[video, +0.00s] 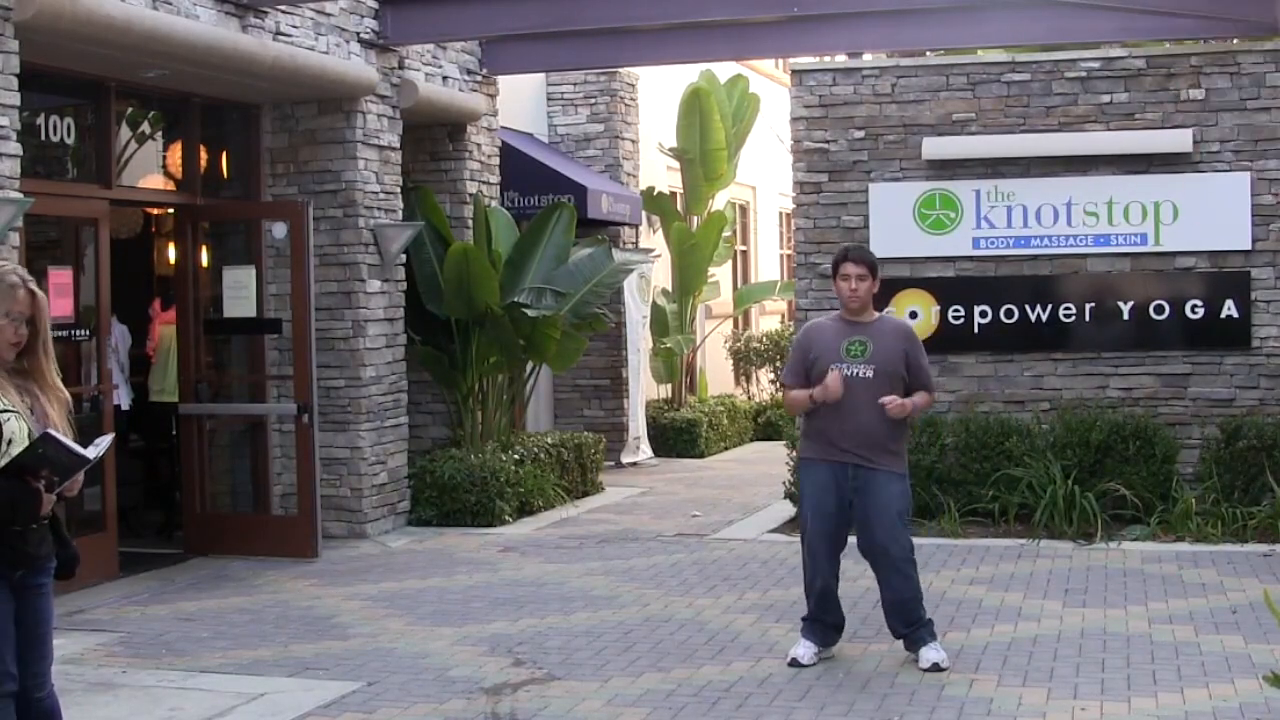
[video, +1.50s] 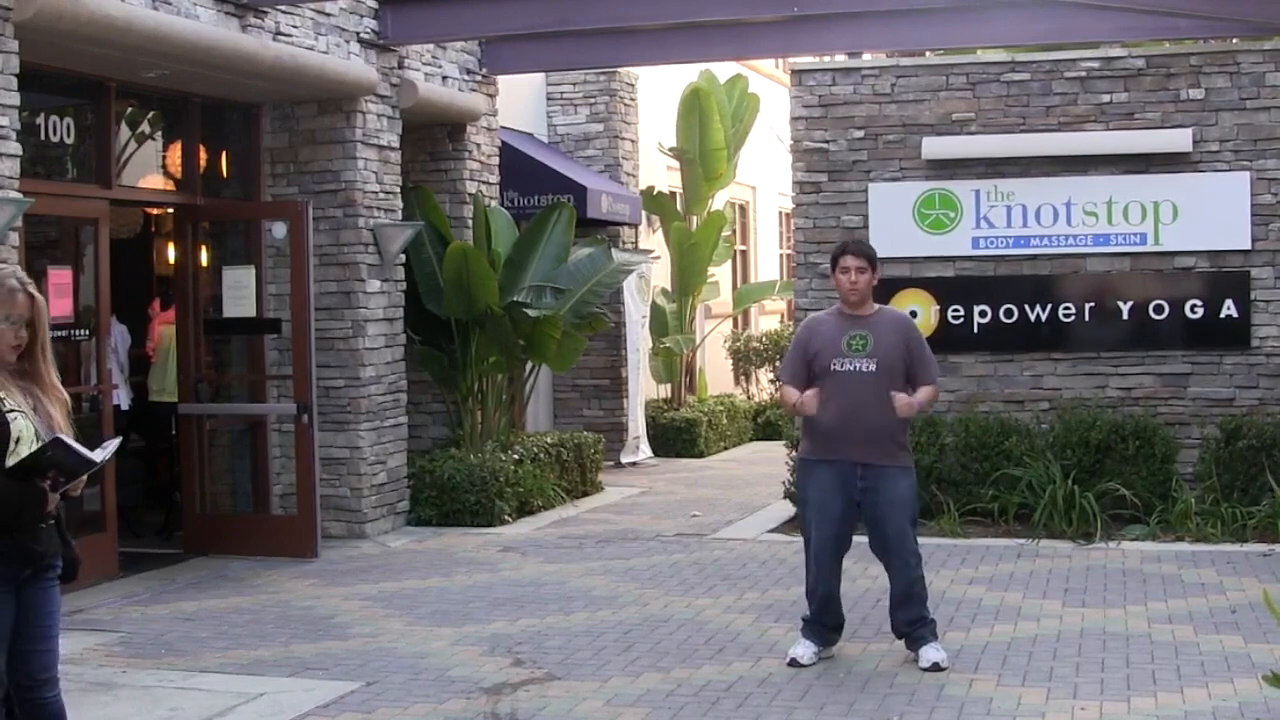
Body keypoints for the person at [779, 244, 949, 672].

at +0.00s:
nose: (852, 286)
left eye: (860, 279)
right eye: (845, 279)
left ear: (875, 284)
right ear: (834, 284)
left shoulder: (900, 333)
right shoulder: (811, 335)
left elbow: (926, 393)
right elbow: (790, 400)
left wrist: (909, 405)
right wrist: (816, 394)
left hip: (883, 463)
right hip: (821, 460)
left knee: (889, 545)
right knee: (817, 546)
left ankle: (920, 637)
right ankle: (817, 633)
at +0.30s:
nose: (859, 280)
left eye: (868, 272)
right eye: (851, 273)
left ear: (882, 277)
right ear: (840, 280)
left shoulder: (908, 326)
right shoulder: (818, 328)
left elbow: (938, 394)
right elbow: (793, 380)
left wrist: (914, 366)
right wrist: (801, 396)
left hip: (902, 458)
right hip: (837, 460)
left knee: (913, 551)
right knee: (834, 552)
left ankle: (924, 637)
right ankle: (818, 635)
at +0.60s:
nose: (857, 282)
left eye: (866, 275)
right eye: (850, 275)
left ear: (880, 280)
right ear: (839, 281)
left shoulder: (908, 327)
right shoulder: (820, 331)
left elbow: (937, 395)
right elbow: (794, 398)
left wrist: (913, 381)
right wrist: (809, 389)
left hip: (899, 463)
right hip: (835, 463)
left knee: (910, 554)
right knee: (826, 552)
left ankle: (923, 637)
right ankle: (818, 634)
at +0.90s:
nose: (854, 283)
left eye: (863, 276)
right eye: (846, 276)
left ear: (877, 282)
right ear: (836, 282)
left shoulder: (903, 331)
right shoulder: (812, 332)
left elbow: (926, 388)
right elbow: (794, 383)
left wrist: (922, 425)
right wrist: (791, 422)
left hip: (889, 458)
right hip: (824, 458)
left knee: (905, 548)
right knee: (821, 549)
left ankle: (921, 637)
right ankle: (817, 635)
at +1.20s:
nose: (850, 279)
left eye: (859, 271)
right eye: (843, 271)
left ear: (873, 277)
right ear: (832, 278)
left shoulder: (899, 326)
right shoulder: (810, 328)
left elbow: (925, 388)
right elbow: (785, 390)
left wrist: (908, 399)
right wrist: (798, 391)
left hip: (885, 460)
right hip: (822, 460)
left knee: (898, 545)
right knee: (820, 549)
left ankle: (922, 636)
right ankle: (818, 633)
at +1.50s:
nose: (852, 279)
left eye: (860, 271)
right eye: (844, 271)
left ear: (874, 276)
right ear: (832, 278)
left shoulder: (901, 326)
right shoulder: (812, 329)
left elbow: (929, 385)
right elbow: (788, 387)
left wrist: (914, 402)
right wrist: (799, 401)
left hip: (889, 463)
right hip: (824, 462)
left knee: (902, 551)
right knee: (821, 551)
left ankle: (922, 637)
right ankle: (818, 633)